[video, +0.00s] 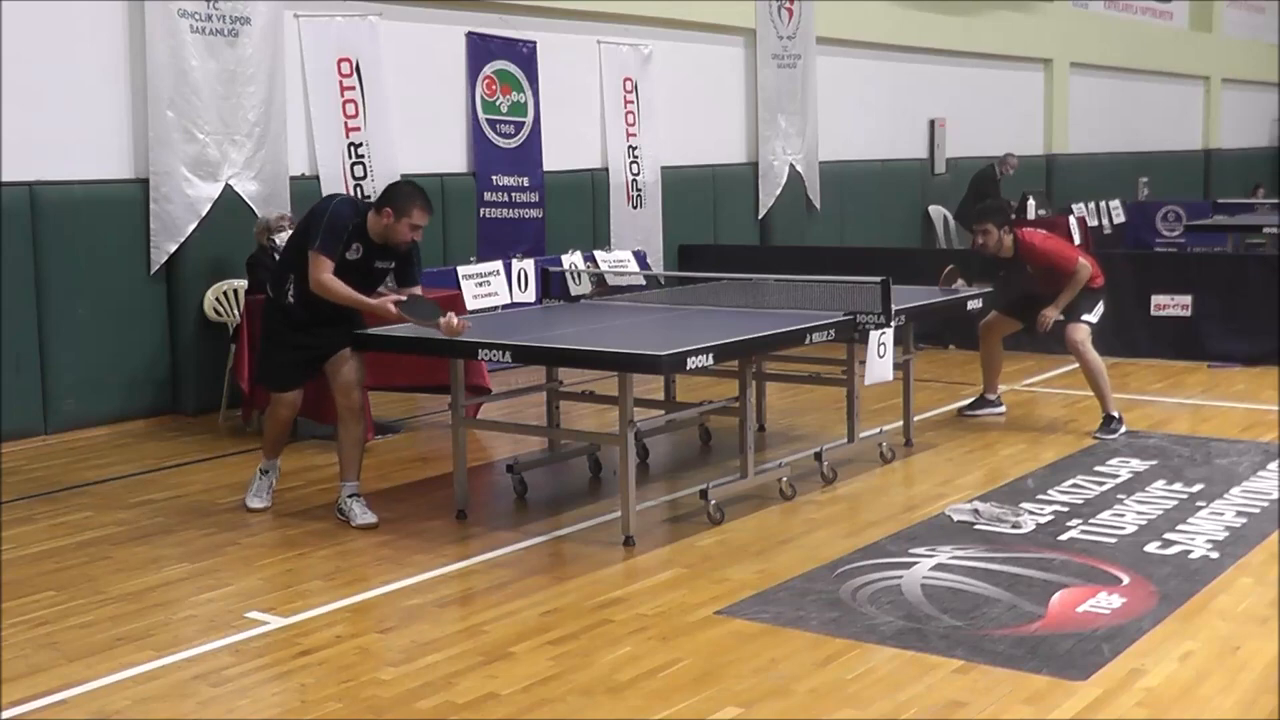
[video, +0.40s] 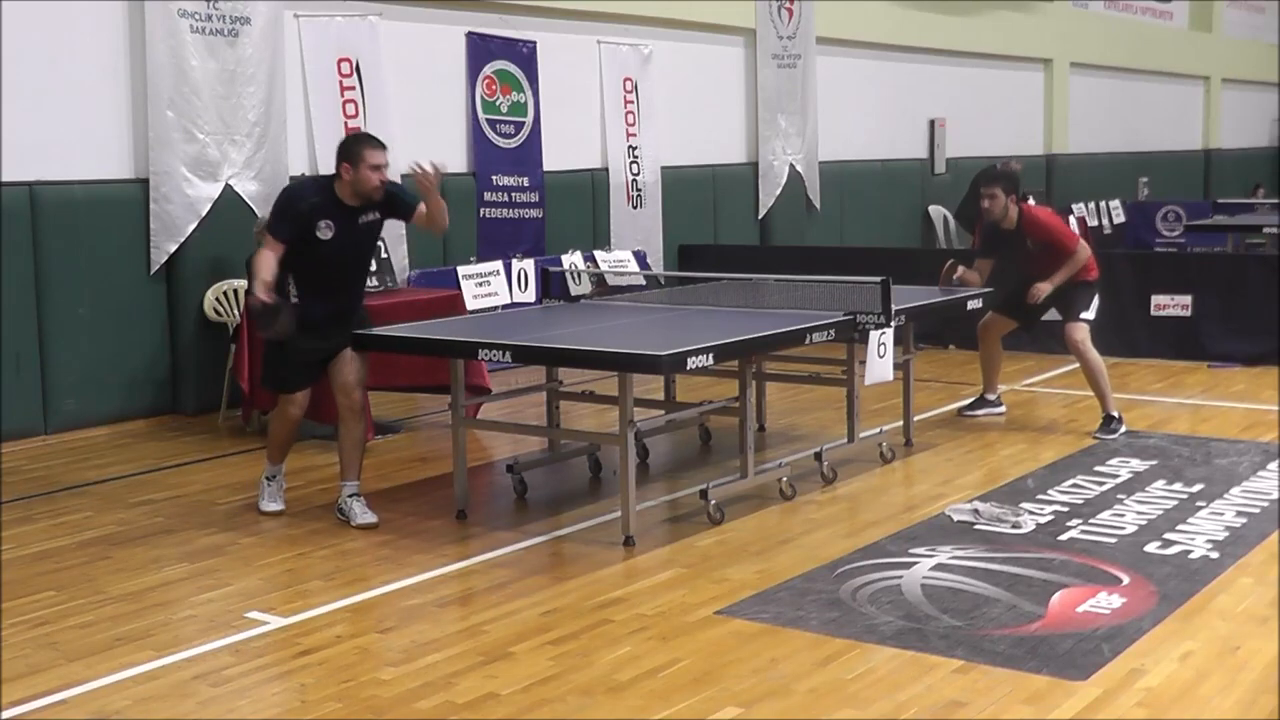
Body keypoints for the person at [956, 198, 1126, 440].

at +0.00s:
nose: (978, 240)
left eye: (985, 233)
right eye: (975, 234)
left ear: (1005, 232)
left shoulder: (1037, 245)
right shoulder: (990, 254)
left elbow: (1084, 269)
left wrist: (1056, 307)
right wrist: (962, 273)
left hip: (1086, 289)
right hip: (1043, 291)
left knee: (1076, 339)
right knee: (989, 328)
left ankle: (1111, 416)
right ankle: (990, 398)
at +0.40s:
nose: (984, 205)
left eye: (991, 198)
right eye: (981, 198)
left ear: (1011, 199)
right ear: (978, 200)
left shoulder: (1039, 220)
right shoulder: (988, 227)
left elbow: (1083, 253)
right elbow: (978, 279)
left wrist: (1050, 284)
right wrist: (962, 273)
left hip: (1078, 280)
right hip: (1037, 282)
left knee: (1076, 339)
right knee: (988, 329)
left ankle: (1111, 415)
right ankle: (990, 398)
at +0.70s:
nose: (1000, 164)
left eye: (1007, 158)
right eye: (999, 158)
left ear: (1027, 161)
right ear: (1001, 160)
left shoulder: (1055, 189)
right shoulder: (1000, 194)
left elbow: (1090, 226)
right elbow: (986, 237)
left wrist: (1061, 250)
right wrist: (973, 245)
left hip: (1069, 275)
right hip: (1027, 275)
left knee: (1079, 338)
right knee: (986, 333)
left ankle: (1112, 415)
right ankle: (989, 396)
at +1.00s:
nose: (986, 167)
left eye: (993, 161)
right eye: (984, 161)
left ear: (1014, 162)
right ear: (984, 161)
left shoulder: (1041, 189)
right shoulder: (984, 192)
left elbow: (1077, 227)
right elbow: (965, 229)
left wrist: (1047, 250)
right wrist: (939, 239)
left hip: (1054, 281)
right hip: (1011, 281)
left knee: (1072, 341)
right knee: (964, 334)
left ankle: (1111, 415)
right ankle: (949, 401)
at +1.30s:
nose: (961, 186)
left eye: (967, 179)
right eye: (960, 179)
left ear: (988, 177)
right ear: (962, 178)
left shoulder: (1019, 202)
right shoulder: (961, 206)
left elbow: (1058, 240)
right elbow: (920, 229)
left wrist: (1022, 262)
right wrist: (893, 250)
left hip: (1033, 287)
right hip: (987, 286)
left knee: (1058, 338)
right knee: (937, 334)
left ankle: (1076, 411)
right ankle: (905, 403)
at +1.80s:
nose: (937, 165)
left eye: (943, 157)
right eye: (933, 158)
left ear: (960, 155)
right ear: (929, 158)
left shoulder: (989, 175)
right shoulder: (933, 190)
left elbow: (1034, 205)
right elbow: (903, 221)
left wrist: (1039, 244)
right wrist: (871, 228)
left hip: (1012, 269)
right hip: (968, 272)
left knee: (1042, 330)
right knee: (925, 331)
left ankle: (1075, 406)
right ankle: (899, 401)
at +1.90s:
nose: (953, 157)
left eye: (959, 150)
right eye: (950, 150)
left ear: (977, 148)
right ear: (948, 151)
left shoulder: (1004, 172)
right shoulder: (948, 185)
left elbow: (1056, 182)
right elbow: (915, 226)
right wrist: (892, 225)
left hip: (1018, 271)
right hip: (974, 272)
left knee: (1044, 332)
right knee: (931, 329)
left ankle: (1077, 402)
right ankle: (929, 396)